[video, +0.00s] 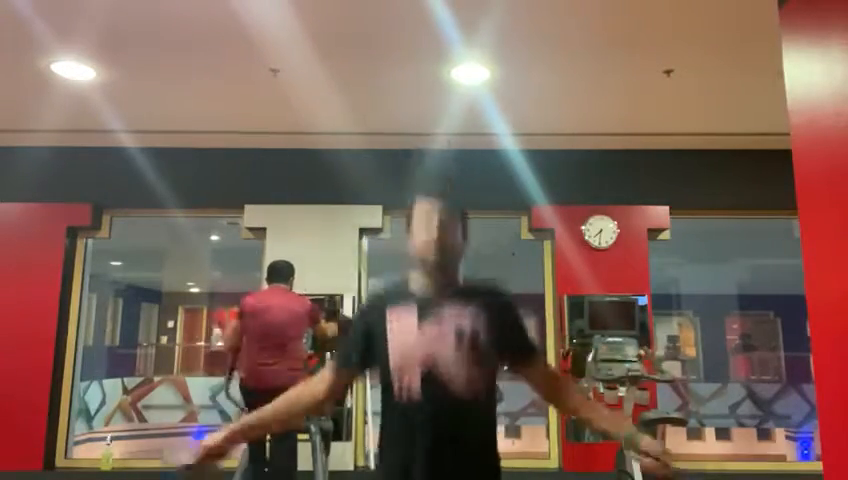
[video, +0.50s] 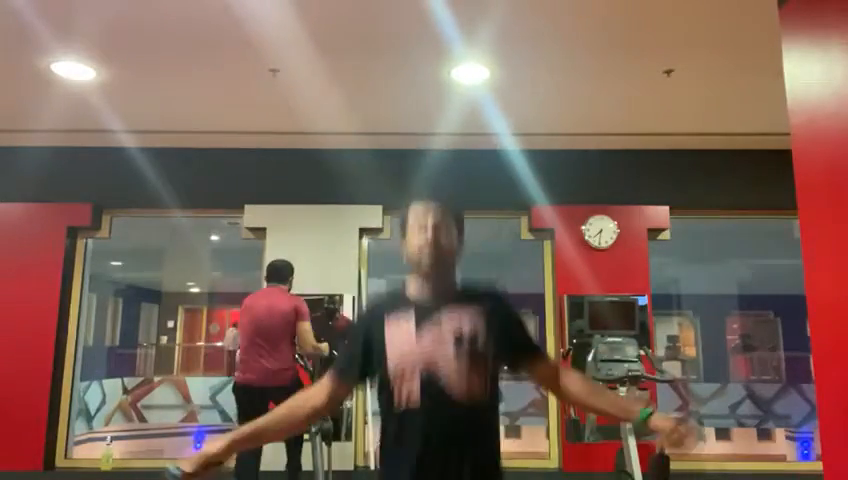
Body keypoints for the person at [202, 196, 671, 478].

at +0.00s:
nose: (431, 239)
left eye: (443, 227)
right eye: (420, 227)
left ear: (463, 236)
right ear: (405, 235)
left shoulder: (490, 307)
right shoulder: (379, 312)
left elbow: (550, 384)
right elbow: (323, 389)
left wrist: (629, 435)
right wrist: (239, 431)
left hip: (472, 469)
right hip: (398, 468)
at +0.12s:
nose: (433, 174)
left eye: (443, 167)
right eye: (421, 167)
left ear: (459, 184)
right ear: (405, 185)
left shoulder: (487, 244)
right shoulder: (379, 252)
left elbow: (532, 327)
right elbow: (342, 340)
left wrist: (592, 370)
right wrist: (268, 394)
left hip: (477, 429)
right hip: (400, 431)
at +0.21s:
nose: (431, 167)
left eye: (442, 160)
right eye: (420, 159)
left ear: (459, 175)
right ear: (403, 174)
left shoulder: (487, 234)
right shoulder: (374, 242)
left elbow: (539, 313)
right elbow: (343, 330)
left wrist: (617, 347)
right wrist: (268, 373)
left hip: (477, 423)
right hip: (400, 424)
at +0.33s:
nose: (426, 203)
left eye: (436, 195)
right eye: (417, 195)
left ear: (454, 208)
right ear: (400, 209)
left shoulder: (487, 267)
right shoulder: (377, 275)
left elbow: (556, 338)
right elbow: (330, 358)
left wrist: (641, 353)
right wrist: (245, 388)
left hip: (477, 452)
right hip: (401, 453)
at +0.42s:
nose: (430, 248)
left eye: (442, 239)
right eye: (418, 239)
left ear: (459, 254)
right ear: (402, 253)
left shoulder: (490, 316)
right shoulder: (374, 327)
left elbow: (564, 373)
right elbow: (315, 396)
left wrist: (647, 388)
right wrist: (225, 424)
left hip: (475, 473)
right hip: (401, 472)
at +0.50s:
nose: (427, 238)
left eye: (439, 228)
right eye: (417, 229)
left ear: (459, 241)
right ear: (402, 243)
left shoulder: (490, 311)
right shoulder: (376, 317)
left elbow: (556, 378)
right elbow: (317, 399)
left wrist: (639, 416)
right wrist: (230, 442)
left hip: (474, 468)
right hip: (399, 468)